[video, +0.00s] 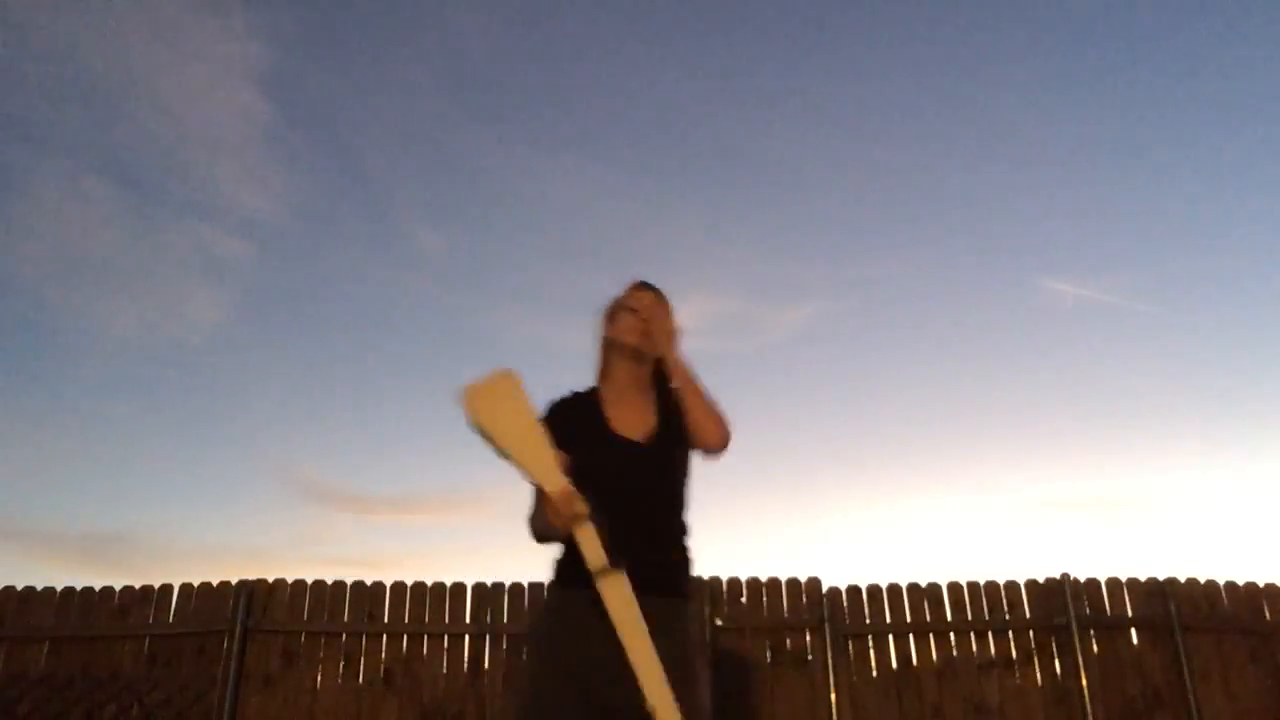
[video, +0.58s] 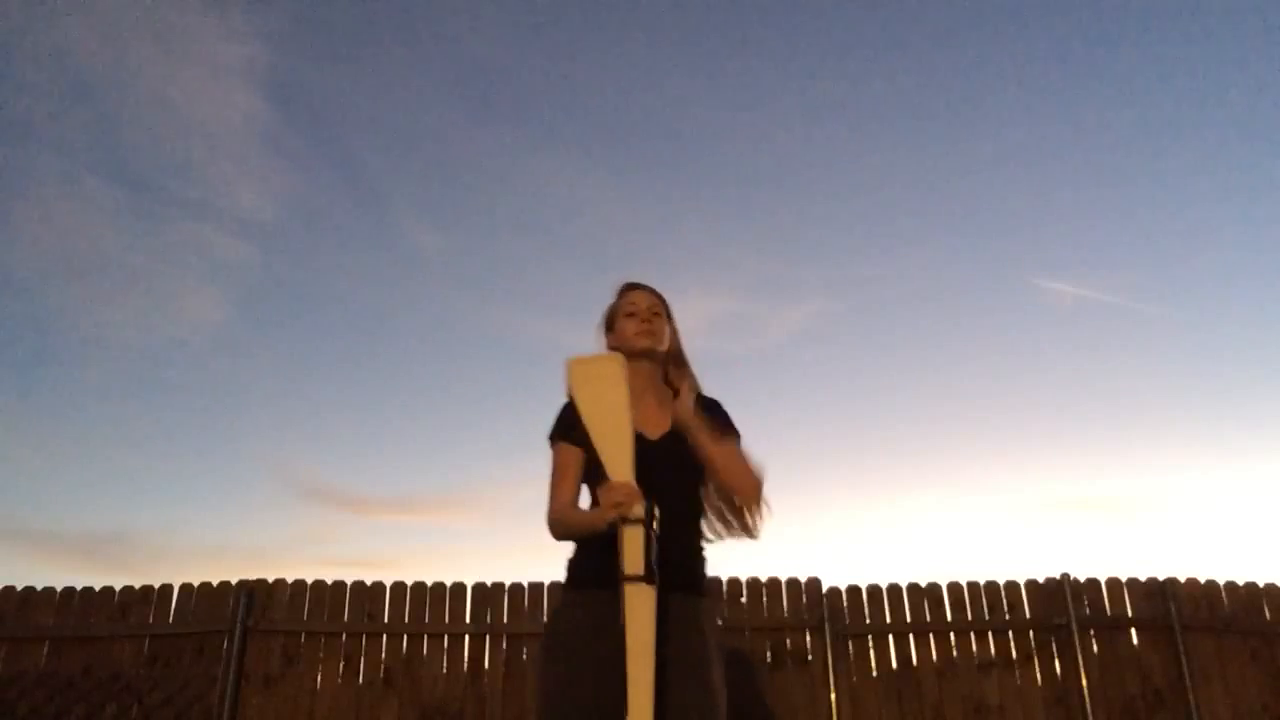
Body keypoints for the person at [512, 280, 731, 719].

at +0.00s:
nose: (634, 318)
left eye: (648, 315)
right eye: (626, 310)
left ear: (665, 337)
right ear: (606, 326)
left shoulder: (676, 406)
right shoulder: (568, 413)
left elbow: (714, 440)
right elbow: (540, 527)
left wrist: (670, 355)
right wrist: (555, 518)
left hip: (663, 598)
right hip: (582, 594)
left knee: (670, 708)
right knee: (573, 706)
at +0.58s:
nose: (645, 320)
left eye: (656, 314)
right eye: (630, 314)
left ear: (671, 335)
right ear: (610, 336)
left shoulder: (703, 410)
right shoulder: (586, 407)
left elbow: (747, 491)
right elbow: (559, 517)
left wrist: (690, 420)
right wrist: (601, 516)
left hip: (679, 594)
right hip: (598, 592)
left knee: (688, 707)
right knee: (588, 706)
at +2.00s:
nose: (766, 327)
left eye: (772, 321)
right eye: (749, 319)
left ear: (780, 340)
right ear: (718, 335)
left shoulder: (798, 438)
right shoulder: (674, 413)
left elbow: (770, 534)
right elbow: (650, 511)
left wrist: (789, 586)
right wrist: (734, 487)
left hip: (738, 631)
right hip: (647, 620)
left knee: (795, 713)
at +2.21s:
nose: (766, 328)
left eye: (774, 321)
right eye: (751, 319)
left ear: (781, 340)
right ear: (719, 334)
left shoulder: (798, 437)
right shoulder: (675, 412)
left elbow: (769, 532)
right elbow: (650, 510)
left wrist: (781, 585)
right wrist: (733, 484)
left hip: (742, 627)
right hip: (652, 617)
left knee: (784, 709)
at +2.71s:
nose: (686, 293)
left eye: (691, 291)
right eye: (671, 286)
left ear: (697, 313)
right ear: (639, 308)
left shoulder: (725, 378)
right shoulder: (606, 399)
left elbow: (820, 399)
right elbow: (570, 505)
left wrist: (845, 329)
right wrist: (594, 569)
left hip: (713, 586)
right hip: (629, 590)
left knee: (737, 708)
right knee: (618, 710)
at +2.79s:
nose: (666, 296)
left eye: (672, 291)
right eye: (649, 288)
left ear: (680, 314)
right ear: (620, 313)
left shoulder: (707, 381)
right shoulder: (591, 405)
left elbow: (802, 376)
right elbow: (556, 501)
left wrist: (807, 284)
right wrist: (548, 555)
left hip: (695, 590)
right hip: (610, 593)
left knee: (717, 706)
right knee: (600, 708)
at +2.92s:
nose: (632, 306)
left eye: (641, 303)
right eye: (619, 300)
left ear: (652, 327)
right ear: (594, 323)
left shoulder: (677, 387)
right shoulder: (566, 413)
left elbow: (776, 410)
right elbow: (527, 515)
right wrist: (496, 519)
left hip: (663, 591)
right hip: (580, 596)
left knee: (684, 706)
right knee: (576, 707)